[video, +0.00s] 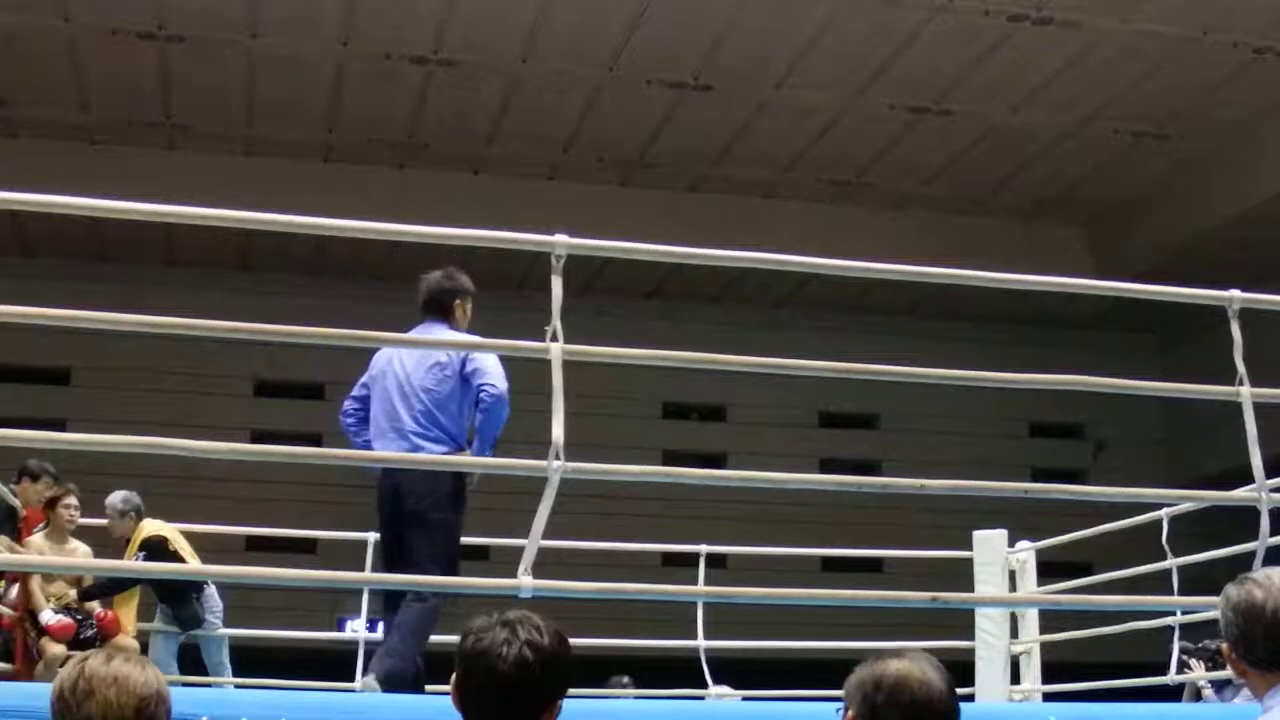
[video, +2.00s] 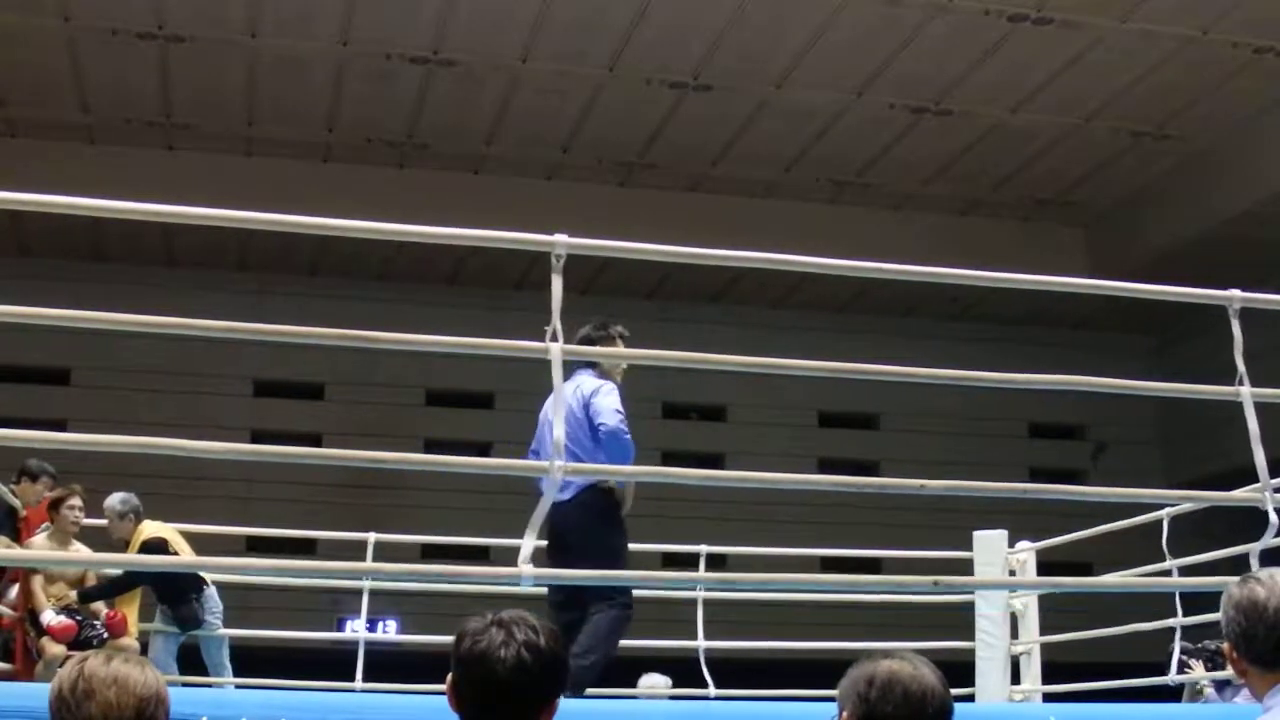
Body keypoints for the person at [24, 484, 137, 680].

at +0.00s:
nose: (72, 514)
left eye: (76, 509)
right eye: (66, 508)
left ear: (81, 513)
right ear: (50, 511)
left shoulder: (84, 550)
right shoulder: (33, 544)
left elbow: (87, 592)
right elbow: (33, 584)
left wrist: (99, 613)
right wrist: (47, 616)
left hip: (78, 613)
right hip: (42, 612)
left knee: (130, 646)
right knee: (56, 652)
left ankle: (117, 702)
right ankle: (37, 703)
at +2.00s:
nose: (77, 515)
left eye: (81, 510)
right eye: (70, 509)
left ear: (84, 514)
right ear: (54, 513)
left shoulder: (85, 552)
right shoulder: (35, 545)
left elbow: (91, 593)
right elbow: (36, 587)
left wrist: (106, 615)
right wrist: (50, 618)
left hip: (78, 614)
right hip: (43, 612)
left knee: (129, 647)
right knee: (55, 652)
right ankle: (37, 706)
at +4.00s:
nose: (86, 522)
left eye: (89, 517)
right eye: (80, 516)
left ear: (93, 519)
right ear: (63, 516)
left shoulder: (92, 552)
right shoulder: (41, 545)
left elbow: (94, 594)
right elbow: (33, 588)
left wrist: (106, 614)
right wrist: (51, 620)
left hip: (81, 614)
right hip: (46, 612)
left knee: (128, 646)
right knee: (56, 652)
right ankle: (33, 700)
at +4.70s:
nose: (114, 483)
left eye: (117, 477)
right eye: (108, 476)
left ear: (118, 480)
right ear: (90, 478)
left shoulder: (114, 511)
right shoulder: (65, 511)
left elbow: (112, 559)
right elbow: (54, 562)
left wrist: (121, 595)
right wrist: (60, 606)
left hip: (92, 590)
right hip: (59, 587)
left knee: (125, 645)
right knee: (51, 648)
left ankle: (109, 706)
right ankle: (24, 699)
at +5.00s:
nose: (106, 451)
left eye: (109, 445)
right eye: (100, 445)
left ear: (110, 447)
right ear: (83, 446)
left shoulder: (110, 484)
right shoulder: (55, 481)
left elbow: (111, 530)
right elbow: (38, 529)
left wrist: (120, 566)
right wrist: (44, 569)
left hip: (96, 561)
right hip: (60, 559)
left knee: (112, 639)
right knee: (45, 640)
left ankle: (110, 709)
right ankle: (25, 702)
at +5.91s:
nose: (145, 440)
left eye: (147, 435)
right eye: (138, 434)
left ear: (149, 439)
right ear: (121, 435)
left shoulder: (144, 479)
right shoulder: (92, 464)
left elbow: (131, 521)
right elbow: (68, 507)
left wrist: (125, 554)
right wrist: (59, 548)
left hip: (118, 552)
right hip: (85, 546)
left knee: (116, 634)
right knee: (64, 631)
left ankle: (117, 703)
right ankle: (41, 695)